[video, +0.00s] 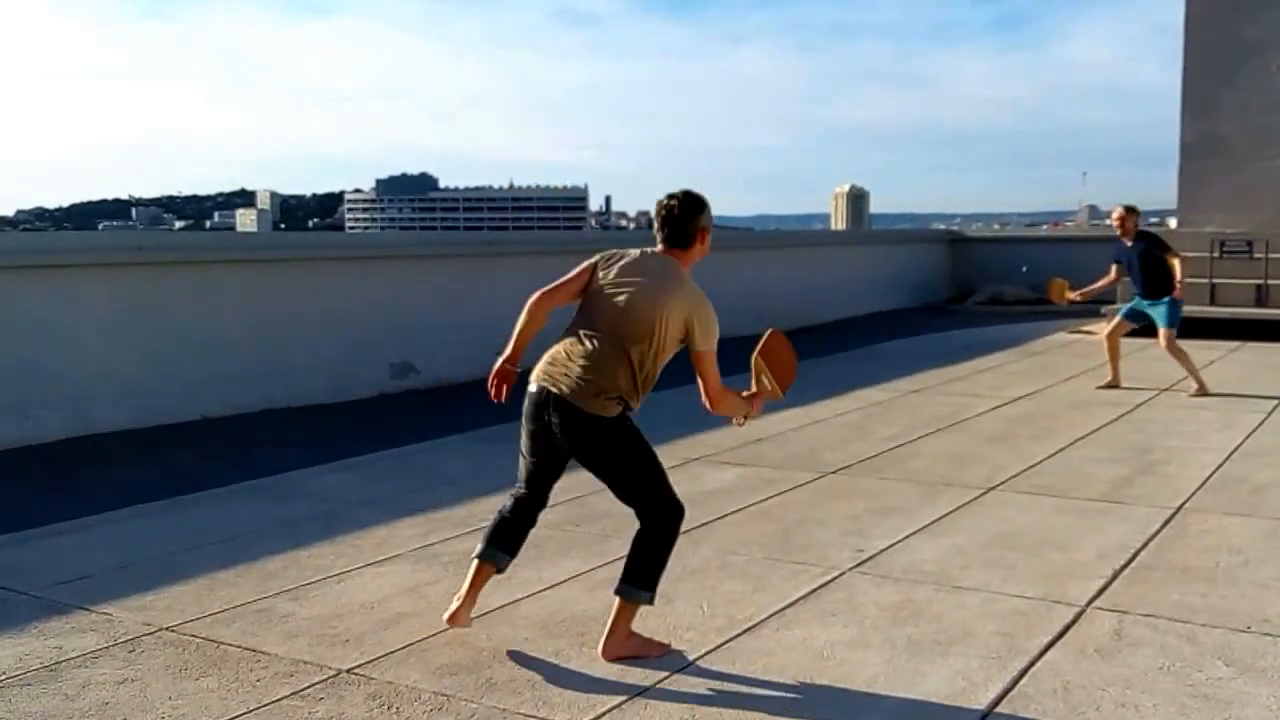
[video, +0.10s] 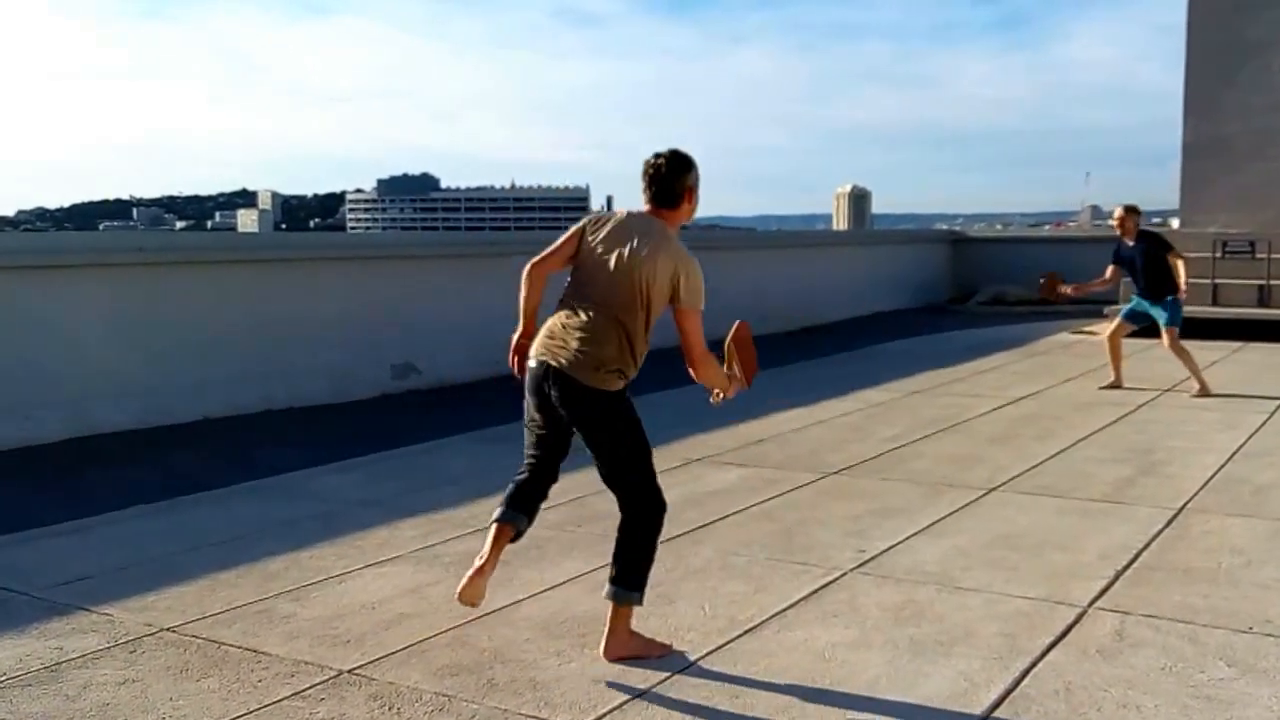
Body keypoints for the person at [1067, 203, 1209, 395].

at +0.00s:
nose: (1117, 225)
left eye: (1121, 220)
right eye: (1115, 221)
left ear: (1134, 221)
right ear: (1113, 223)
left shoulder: (1149, 239)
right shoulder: (1121, 248)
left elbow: (1175, 259)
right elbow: (1113, 277)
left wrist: (1179, 283)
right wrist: (1084, 293)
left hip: (1165, 300)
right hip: (1141, 300)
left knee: (1167, 342)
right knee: (1110, 334)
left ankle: (1200, 384)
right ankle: (1114, 378)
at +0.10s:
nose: (1117, 224)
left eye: (1122, 220)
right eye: (1115, 220)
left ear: (1135, 221)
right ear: (1115, 223)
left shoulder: (1152, 239)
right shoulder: (1121, 248)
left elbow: (1178, 259)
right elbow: (1109, 280)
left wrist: (1183, 284)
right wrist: (1082, 289)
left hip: (1166, 299)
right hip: (1142, 300)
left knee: (1170, 342)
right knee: (1112, 335)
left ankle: (1202, 384)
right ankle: (1117, 379)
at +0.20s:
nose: (1118, 216)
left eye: (1123, 213)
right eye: (1118, 212)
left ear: (1137, 215)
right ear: (1120, 215)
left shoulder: (1154, 233)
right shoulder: (1118, 240)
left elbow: (1179, 253)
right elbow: (1105, 264)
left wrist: (1187, 274)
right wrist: (1087, 275)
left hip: (1164, 296)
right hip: (1139, 298)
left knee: (1172, 340)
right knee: (1111, 335)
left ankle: (1203, 383)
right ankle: (1118, 379)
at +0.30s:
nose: (1125, 202)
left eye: (1130, 198)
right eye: (1123, 198)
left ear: (1141, 202)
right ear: (1120, 201)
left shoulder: (1155, 223)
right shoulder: (1118, 226)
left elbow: (1183, 242)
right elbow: (1107, 251)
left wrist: (1193, 254)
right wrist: (1096, 253)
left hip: (1159, 287)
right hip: (1133, 289)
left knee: (1174, 330)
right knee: (1114, 334)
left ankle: (1200, 379)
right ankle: (1120, 379)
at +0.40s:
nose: (1132, 190)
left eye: (1137, 187)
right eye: (1130, 186)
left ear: (1146, 191)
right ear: (1125, 189)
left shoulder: (1158, 212)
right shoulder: (1121, 214)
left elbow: (1182, 228)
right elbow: (1115, 232)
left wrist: (1200, 235)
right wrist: (1119, 232)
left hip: (1160, 279)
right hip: (1133, 280)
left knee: (1175, 326)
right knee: (1121, 330)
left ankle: (1193, 373)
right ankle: (1119, 375)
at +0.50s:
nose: (1140, 185)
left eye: (1145, 182)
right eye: (1138, 180)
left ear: (1152, 185)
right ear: (1133, 183)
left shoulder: (1162, 207)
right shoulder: (1124, 208)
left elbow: (1188, 224)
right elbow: (1120, 223)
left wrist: (1207, 225)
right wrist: (1135, 208)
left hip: (1161, 274)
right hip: (1134, 273)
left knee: (1174, 324)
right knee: (1122, 322)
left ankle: (1187, 374)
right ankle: (1117, 370)